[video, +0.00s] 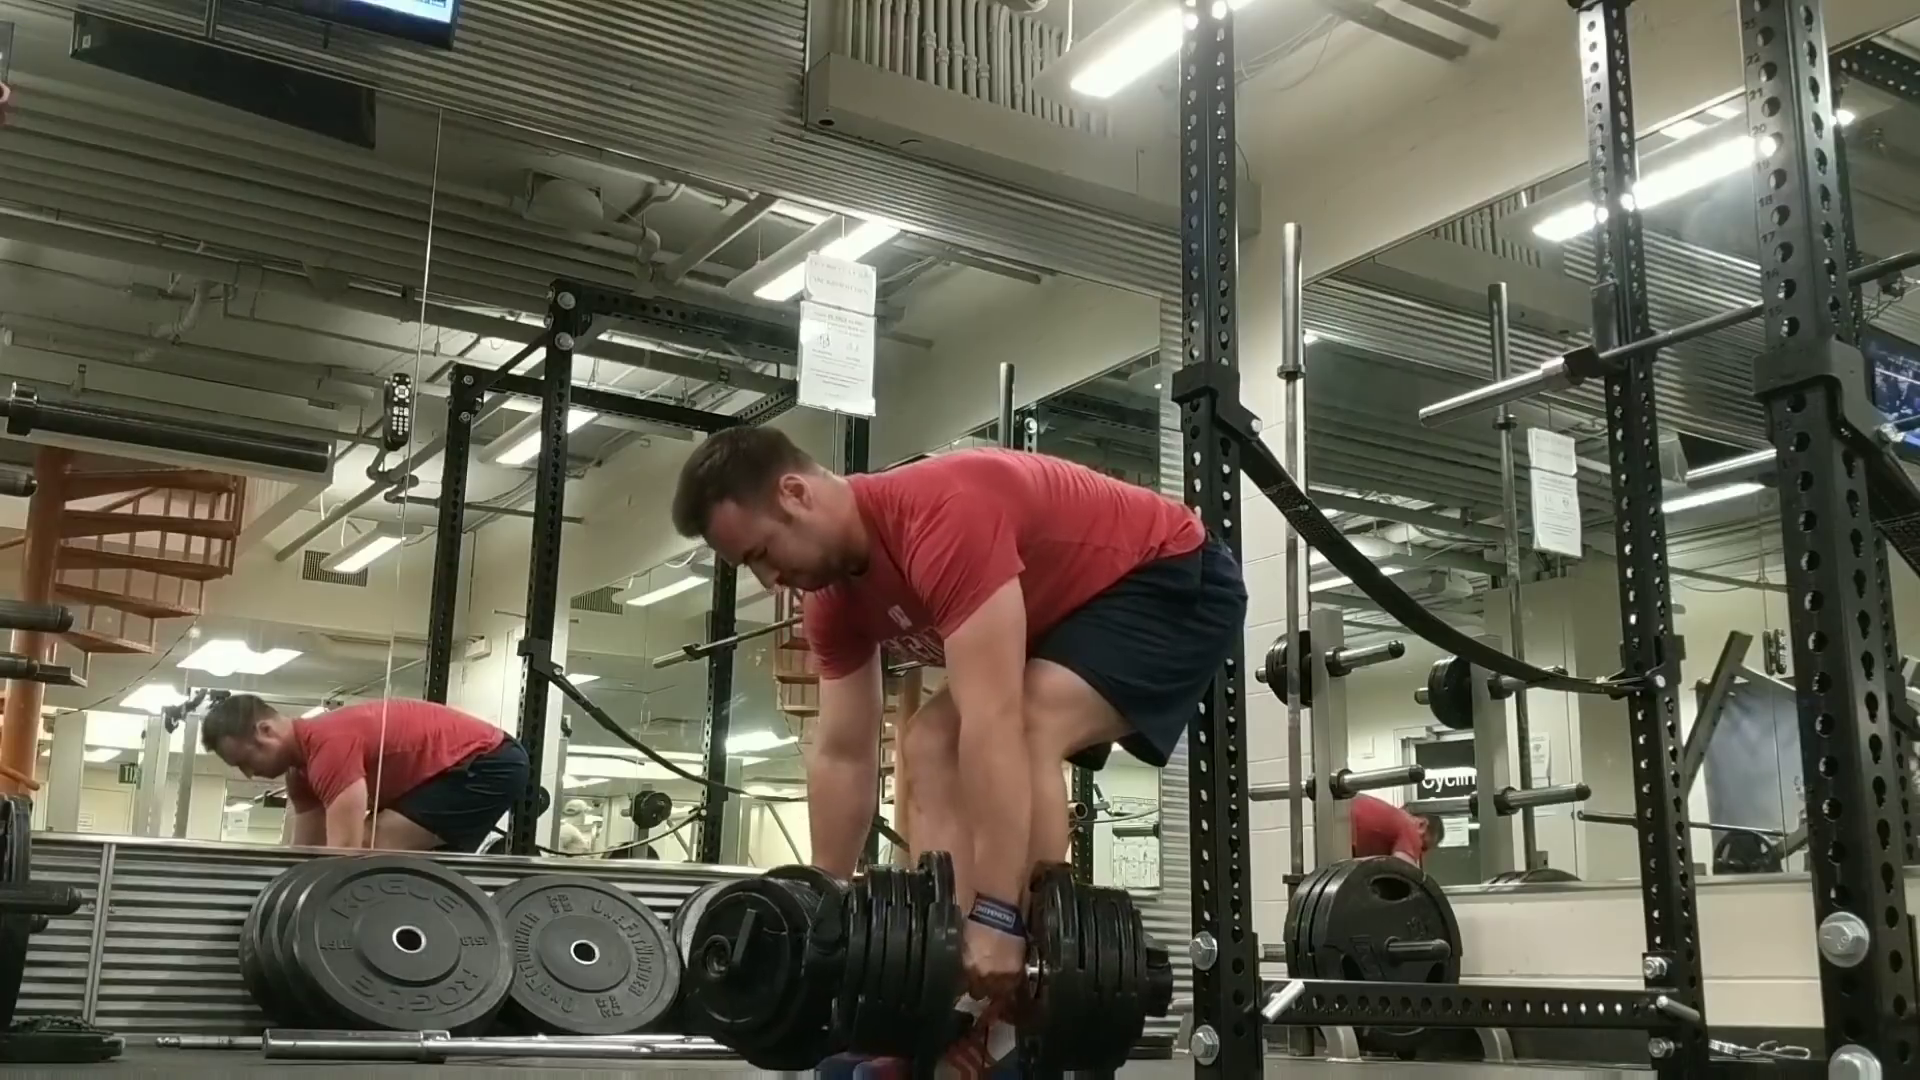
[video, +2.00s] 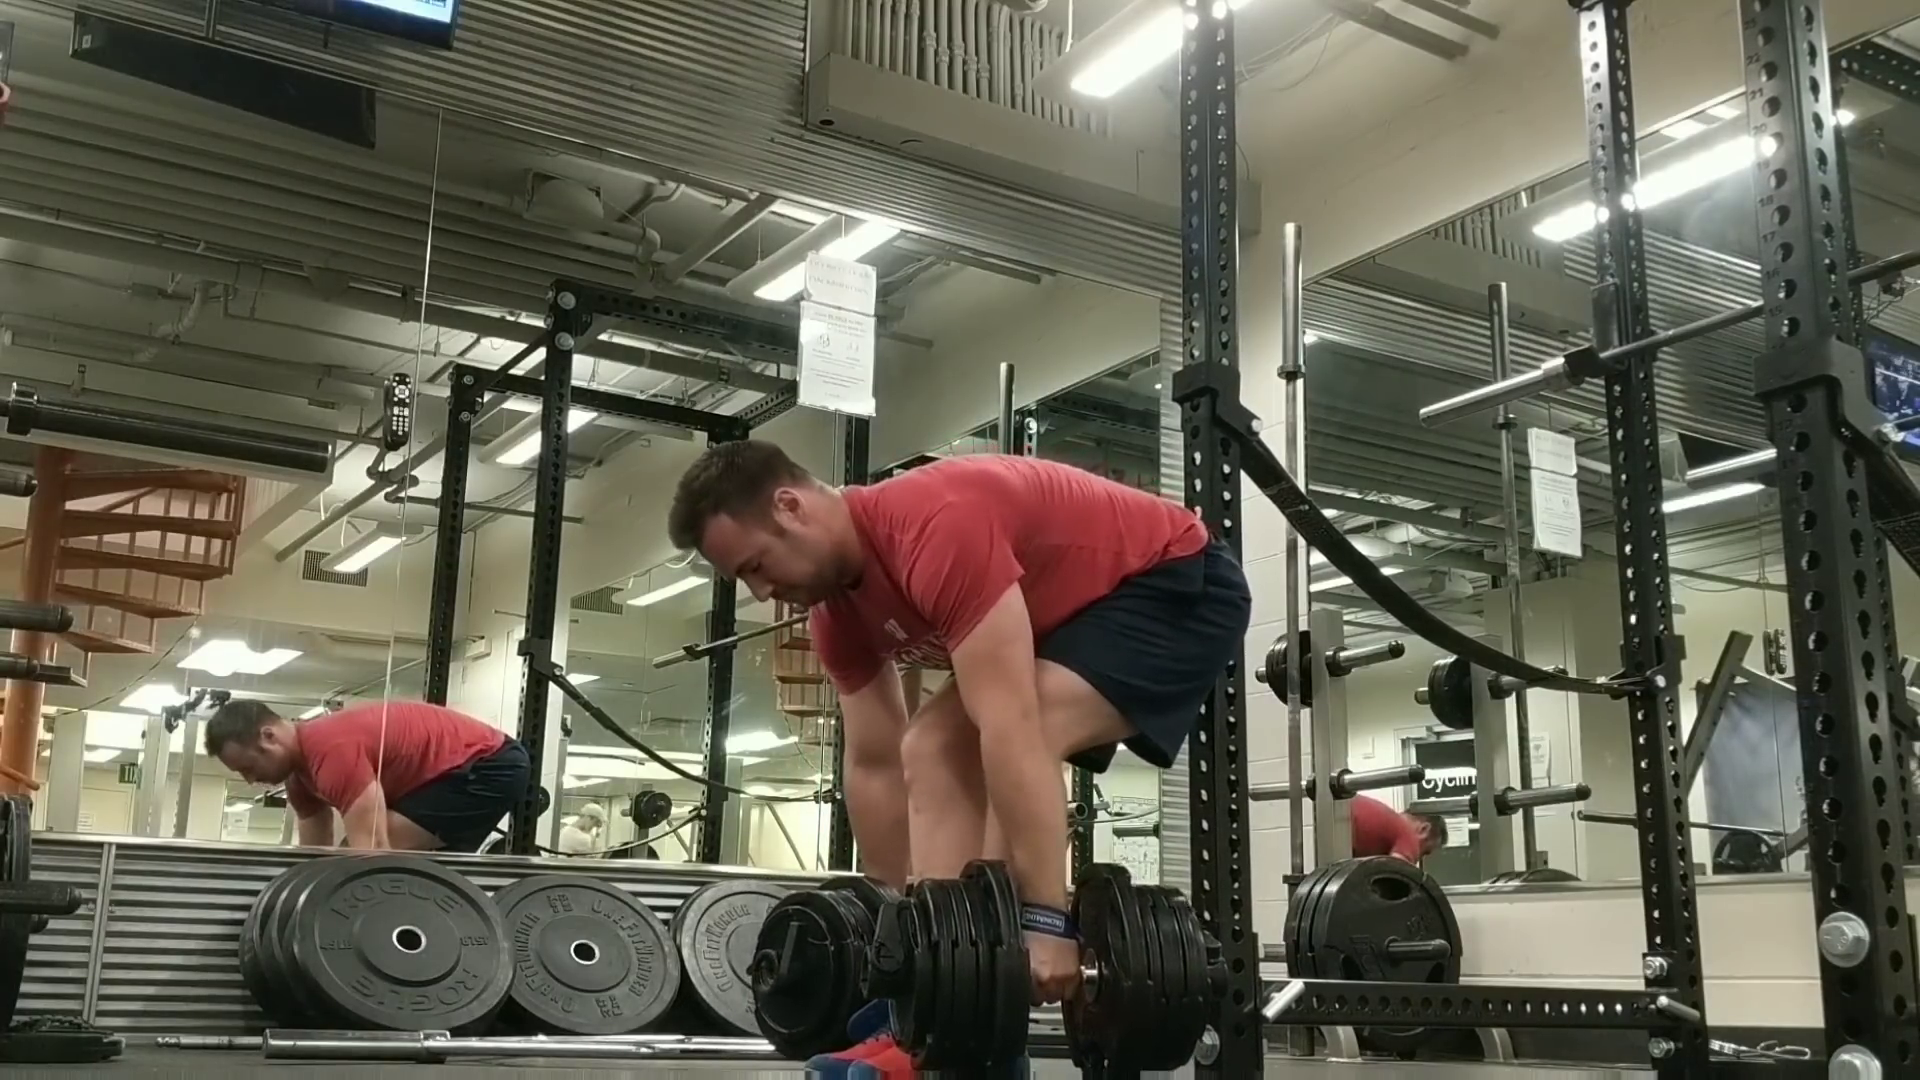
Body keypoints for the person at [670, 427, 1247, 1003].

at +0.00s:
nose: (767, 581)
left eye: (761, 554)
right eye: (749, 569)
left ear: (797, 492)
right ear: (799, 495)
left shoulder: (949, 516)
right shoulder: (836, 597)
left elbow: (994, 714)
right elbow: (842, 751)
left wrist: (998, 915)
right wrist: (828, 919)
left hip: (1170, 577)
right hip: (1065, 612)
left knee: (1022, 723)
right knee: (931, 733)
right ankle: (941, 986)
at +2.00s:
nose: (760, 593)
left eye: (755, 566)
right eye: (743, 581)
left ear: (793, 505)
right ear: (794, 509)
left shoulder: (940, 527)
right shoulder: (839, 611)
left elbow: (1013, 727)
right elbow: (876, 765)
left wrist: (1050, 921)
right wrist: (890, 943)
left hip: (1176, 585)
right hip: (1075, 612)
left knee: (1003, 739)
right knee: (932, 743)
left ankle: (975, 1021)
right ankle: (921, 1005)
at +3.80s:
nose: (762, 526)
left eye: (760, 500)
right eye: (747, 514)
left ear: (800, 440)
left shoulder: (950, 478)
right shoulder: (843, 564)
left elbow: (1021, 660)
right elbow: (875, 713)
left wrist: (1017, 845)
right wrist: (866, 885)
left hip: (1168, 579)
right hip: (1069, 606)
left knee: (1010, 746)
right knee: (937, 742)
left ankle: (992, 1021)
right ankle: (934, 1003)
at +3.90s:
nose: (773, 510)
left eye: (767, 484)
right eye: (756, 499)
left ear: (804, 423)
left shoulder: (952, 456)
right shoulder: (846, 538)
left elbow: (1043, 624)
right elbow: (883, 684)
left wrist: (1040, 808)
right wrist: (876, 844)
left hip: (1166, 578)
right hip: (1054, 603)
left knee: (1009, 732)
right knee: (942, 733)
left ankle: (993, 1020)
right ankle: (943, 1003)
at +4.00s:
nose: (783, 493)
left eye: (777, 469)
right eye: (765, 483)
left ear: (810, 404)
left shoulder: (958, 432)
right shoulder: (849, 523)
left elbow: (1069, 581)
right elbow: (891, 655)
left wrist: (1064, 761)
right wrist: (887, 803)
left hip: (1164, 570)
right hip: (1040, 600)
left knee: (1027, 727)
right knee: (947, 732)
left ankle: (990, 1017)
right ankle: (943, 998)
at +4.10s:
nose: (796, 478)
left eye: (788, 455)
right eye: (778, 471)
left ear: (816, 391)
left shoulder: (967, 412)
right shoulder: (857, 509)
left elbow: (1094, 548)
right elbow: (906, 631)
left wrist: (1088, 721)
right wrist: (896, 769)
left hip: (1163, 572)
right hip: (1040, 604)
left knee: (1020, 764)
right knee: (948, 757)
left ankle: (988, 1020)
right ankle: (941, 1004)